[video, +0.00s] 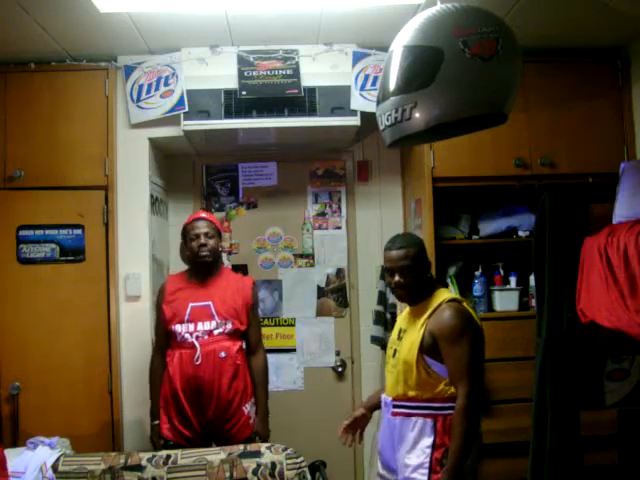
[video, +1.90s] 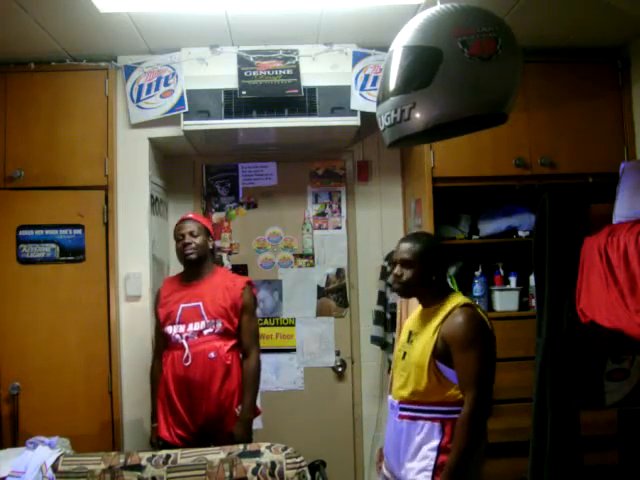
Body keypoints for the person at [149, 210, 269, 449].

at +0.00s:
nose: (202, 242)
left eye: (209, 236)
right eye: (194, 237)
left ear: (220, 243)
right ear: (184, 248)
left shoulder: (243, 287)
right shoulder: (169, 288)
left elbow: (256, 351)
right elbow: (160, 353)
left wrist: (262, 416)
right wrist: (156, 417)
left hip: (234, 415)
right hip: (180, 416)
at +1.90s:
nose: (186, 241)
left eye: (193, 234)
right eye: (180, 238)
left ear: (210, 241)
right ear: (176, 247)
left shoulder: (237, 287)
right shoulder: (166, 290)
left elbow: (251, 354)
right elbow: (159, 355)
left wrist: (245, 416)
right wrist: (157, 418)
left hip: (225, 415)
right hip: (176, 416)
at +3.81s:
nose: (187, 241)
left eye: (195, 235)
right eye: (180, 238)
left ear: (211, 242)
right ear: (176, 248)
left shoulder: (237, 288)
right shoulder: (167, 290)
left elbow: (251, 355)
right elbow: (160, 355)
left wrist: (246, 417)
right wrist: (157, 419)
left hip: (225, 416)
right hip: (176, 416)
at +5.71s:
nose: (186, 241)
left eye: (194, 235)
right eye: (180, 238)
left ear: (211, 241)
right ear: (176, 247)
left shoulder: (237, 288)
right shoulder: (167, 290)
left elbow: (251, 355)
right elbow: (160, 356)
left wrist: (245, 418)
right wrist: (157, 420)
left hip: (225, 416)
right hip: (176, 417)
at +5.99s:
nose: (186, 242)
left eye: (194, 235)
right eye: (180, 238)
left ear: (210, 242)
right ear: (176, 248)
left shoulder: (237, 288)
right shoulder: (167, 290)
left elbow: (251, 355)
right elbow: (160, 355)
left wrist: (245, 418)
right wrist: (157, 419)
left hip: (225, 416)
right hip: (176, 416)